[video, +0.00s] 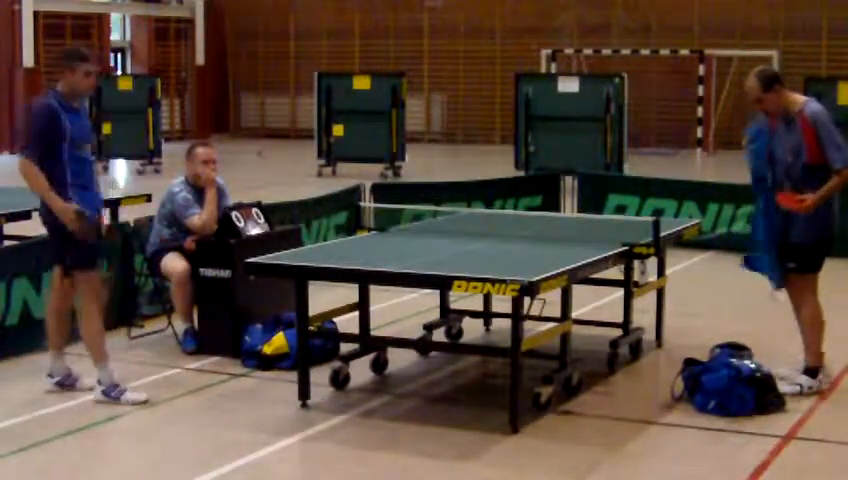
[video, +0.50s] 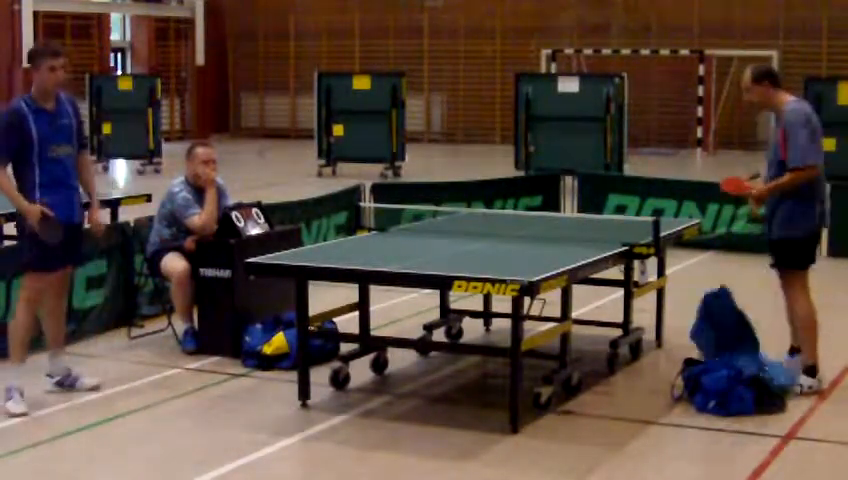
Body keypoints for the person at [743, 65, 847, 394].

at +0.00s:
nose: (759, 109)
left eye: (760, 101)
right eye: (755, 103)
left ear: (776, 91)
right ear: (763, 97)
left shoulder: (812, 115)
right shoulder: (771, 121)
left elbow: (842, 168)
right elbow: (768, 174)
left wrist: (816, 198)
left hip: (808, 215)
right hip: (779, 214)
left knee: (804, 289)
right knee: (794, 288)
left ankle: (813, 370)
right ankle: (812, 361)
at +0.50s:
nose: (746, 98)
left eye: (748, 91)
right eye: (745, 91)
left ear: (765, 86)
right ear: (766, 85)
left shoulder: (796, 115)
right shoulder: (783, 116)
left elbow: (806, 169)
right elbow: (785, 168)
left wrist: (765, 190)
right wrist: (758, 183)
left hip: (798, 220)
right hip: (785, 217)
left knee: (797, 289)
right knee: (790, 287)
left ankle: (811, 371)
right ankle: (796, 355)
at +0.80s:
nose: (746, 92)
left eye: (749, 85)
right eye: (746, 85)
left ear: (765, 83)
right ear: (771, 81)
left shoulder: (776, 114)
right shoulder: (806, 110)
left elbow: (767, 167)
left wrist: (743, 178)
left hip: (781, 212)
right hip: (806, 210)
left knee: (762, 274)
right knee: (788, 277)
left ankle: (794, 341)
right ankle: (793, 348)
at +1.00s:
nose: (747, 90)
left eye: (749, 83)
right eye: (747, 84)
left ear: (760, 81)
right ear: (776, 80)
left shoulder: (762, 112)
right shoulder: (806, 110)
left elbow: (753, 164)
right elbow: (814, 159)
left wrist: (736, 167)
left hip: (766, 210)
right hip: (800, 209)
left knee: (742, 267)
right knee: (788, 275)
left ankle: (763, 340)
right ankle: (790, 353)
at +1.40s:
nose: (723, 91)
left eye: (722, 87)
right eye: (724, 86)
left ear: (727, 84)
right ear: (750, 80)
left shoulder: (726, 112)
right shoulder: (776, 108)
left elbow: (712, 162)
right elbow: (797, 154)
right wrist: (769, 161)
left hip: (738, 203)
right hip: (772, 202)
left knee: (735, 269)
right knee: (765, 265)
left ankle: (735, 335)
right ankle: (782, 315)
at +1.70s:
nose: (708, 88)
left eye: (708, 84)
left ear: (712, 84)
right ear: (735, 81)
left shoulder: (705, 113)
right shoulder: (759, 108)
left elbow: (687, 156)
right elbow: (782, 145)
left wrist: (710, 144)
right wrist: (771, 171)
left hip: (722, 197)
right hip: (754, 195)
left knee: (729, 259)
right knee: (745, 256)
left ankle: (736, 325)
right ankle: (740, 317)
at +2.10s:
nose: (696, 86)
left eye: (695, 81)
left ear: (698, 81)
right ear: (720, 77)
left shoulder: (693, 106)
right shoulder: (743, 105)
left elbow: (681, 146)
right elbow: (761, 147)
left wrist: (704, 144)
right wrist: (744, 163)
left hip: (699, 192)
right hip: (731, 193)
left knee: (689, 247)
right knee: (724, 251)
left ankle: (699, 303)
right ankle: (725, 315)